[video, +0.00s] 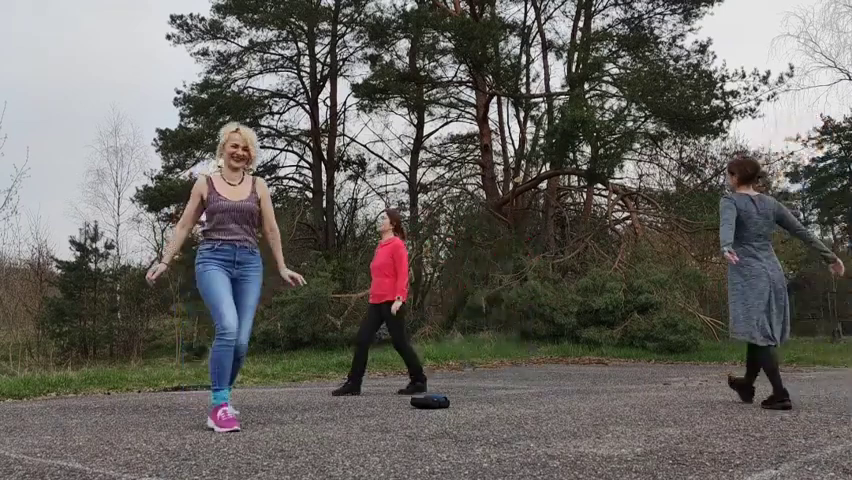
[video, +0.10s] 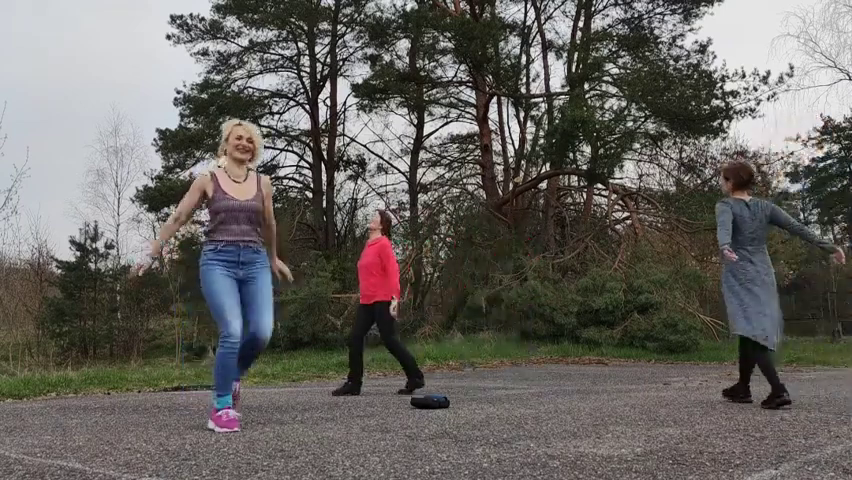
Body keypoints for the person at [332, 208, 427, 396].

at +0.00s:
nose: (380, 221)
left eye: (384, 219)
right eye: (380, 218)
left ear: (393, 223)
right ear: (384, 223)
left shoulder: (397, 245)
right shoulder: (381, 245)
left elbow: (403, 273)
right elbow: (381, 273)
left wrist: (399, 297)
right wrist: (374, 295)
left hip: (392, 301)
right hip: (376, 302)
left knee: (400, 343)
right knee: (362, 340)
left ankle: (419, 381)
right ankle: (353, 384)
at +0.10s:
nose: (371, 220)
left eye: (375, 218)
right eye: (372, 217)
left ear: (382, 225)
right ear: (374, 223)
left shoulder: (384, 244)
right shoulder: (369, 244)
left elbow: (393, 270)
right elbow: (371, 272)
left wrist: (395, 297)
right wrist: (364, 295)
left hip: (382, 300)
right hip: (367, 301)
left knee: (390, 341)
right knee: (355, 339)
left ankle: (415, 378)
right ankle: (353, 384)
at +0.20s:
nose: (361, 216)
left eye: (365, 213)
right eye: (361, 213)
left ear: (374, 219)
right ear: (359, 219)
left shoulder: (373, 238)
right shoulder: (359, 240)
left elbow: (387, 262)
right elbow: (361, 268)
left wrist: (393, 288)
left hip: (372, 296)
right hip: (358, 297)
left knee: (378, 339)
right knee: (356, 341)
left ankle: (407, 370)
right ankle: (354, 383)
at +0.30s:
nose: (356, 217)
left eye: (360, 214)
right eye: (355, 214)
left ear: (368, 220)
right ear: (354, 219)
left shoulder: (366, 239)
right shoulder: (354, 240)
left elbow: (380, 262)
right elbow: (360, 270)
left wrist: (388, 288)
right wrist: (375, 292)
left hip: (362, 297)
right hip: (350, 297)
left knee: (358, 338)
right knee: (350, 340)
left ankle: (395, 365)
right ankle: (353, 384)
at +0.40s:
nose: (354, 223)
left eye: (358, 220)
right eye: (352, 220)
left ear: (365, 225)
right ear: (348, 224)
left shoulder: (364, 244)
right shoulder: (350, 245)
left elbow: (370, 272)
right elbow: (347, 274)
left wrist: (372, 300)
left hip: (353, 301)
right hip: (341, 301)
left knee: (345, 343)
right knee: (340, 344)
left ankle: (379, 369)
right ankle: (352, 383)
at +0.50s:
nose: (351, 227)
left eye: (355, 224)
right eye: (348, 224)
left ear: (362, 227)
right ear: (345, 228)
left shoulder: (362, 249)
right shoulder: (348, 248)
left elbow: (355, 278)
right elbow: (337, 281)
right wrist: (323, 308)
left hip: (348, 302)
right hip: (338, 301)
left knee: (330, 339)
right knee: (328, 339)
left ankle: (353, 379)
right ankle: (353, 376)